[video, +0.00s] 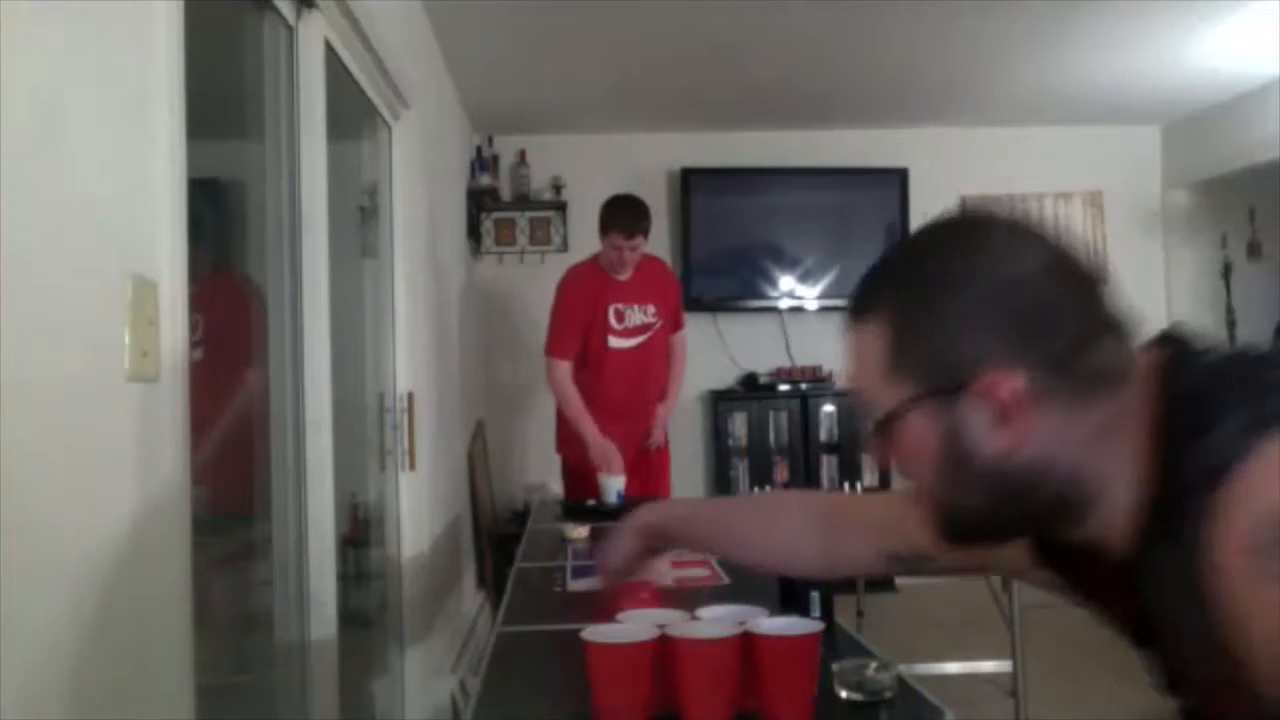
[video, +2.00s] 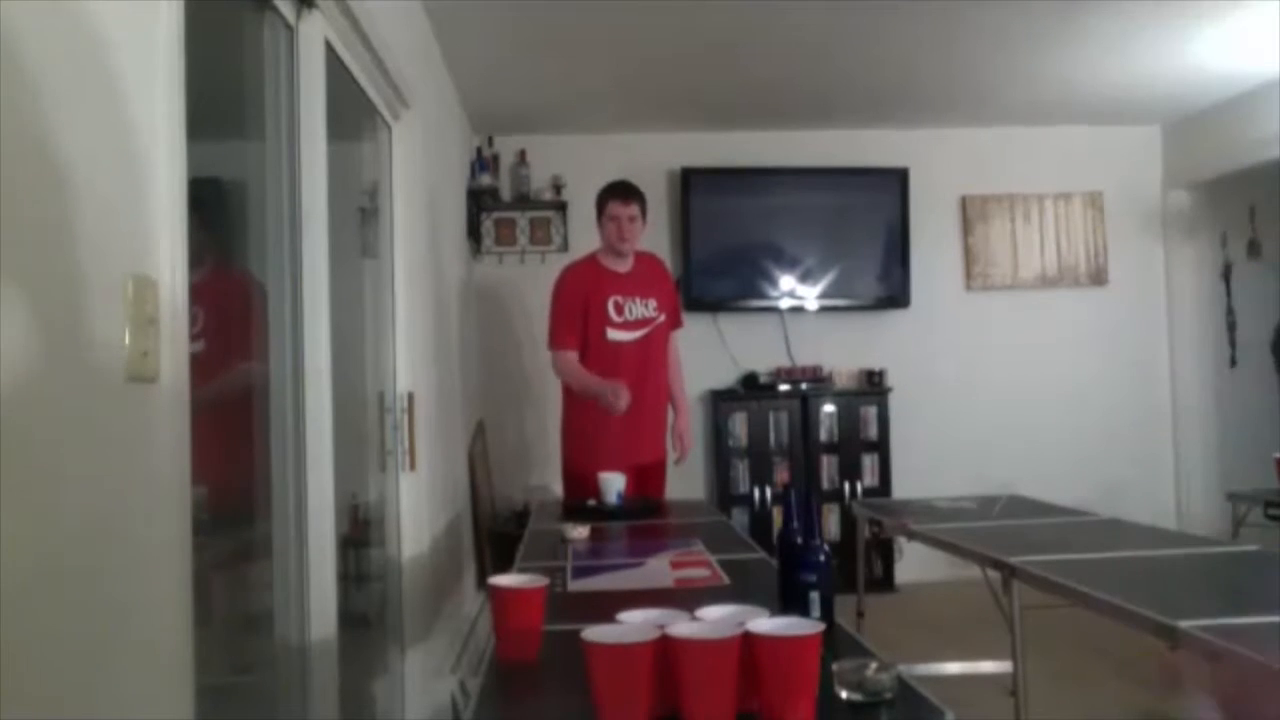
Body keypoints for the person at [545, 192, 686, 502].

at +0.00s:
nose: (625, 258)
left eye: (634, 249)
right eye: (616, 249)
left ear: (645, 242)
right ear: (602, 239)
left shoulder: (662, 277)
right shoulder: (578, 283)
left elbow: (677, 341)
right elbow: (558, 370)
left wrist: (667, 406)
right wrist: (594, 441)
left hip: (648, 440)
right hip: (590, 444)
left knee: (650, 540)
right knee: (595, 544)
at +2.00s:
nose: (623, 229)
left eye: (632, 220)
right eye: (613, 220)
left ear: (644, 225)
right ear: (599, 224)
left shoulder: (657, 272)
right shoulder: (576, 279)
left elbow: (669, 348)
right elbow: (564, 361)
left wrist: (681, 413)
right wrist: (601, 388)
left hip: (647, 438)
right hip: (593, 442)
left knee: (648, 540)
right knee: (594, 541)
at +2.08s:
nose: (624, 229)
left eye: (632, 220)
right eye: (614, 220)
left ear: (643, 225)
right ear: (599, 224)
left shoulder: (657, 272)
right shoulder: (576, 278)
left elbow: (668, 348)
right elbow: (566, 362)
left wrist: (681, 412)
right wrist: (603, 377)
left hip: (648, 439)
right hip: (593, 443)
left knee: (648, 541)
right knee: (594, 542)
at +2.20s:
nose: (623, 229)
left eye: (632, 220)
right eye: (614, 220)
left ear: (644, 225)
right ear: (599, 224)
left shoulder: (656, 272)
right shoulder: (577, 277)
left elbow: (667, 347)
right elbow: (568, 355)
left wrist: (680, 412)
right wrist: (608, 344)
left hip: (647, 435)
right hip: (593, 438)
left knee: (648, 542)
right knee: (594, 542)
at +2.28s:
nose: (623, 229)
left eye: (632, 220)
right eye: (614, 220)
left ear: (644, 225)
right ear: (599, 224)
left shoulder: (655, 271)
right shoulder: (577, 277)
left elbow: (667, 346)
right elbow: (570, 351)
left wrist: (680, 412)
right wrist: (606, 326)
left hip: (646, 433)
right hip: (593, 436)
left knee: (648, 540)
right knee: (594, 541)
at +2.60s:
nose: (623, 228)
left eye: (632, 218)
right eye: (614, 219)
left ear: (644, 224)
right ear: (600, 223)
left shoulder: (655, 270)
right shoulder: (580, 273)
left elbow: (668, 346)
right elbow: (582, 332)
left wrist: (682, 410)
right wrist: (609, 265)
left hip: (647, 436)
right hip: (594, 437)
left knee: (648, 543)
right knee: (594, 548)